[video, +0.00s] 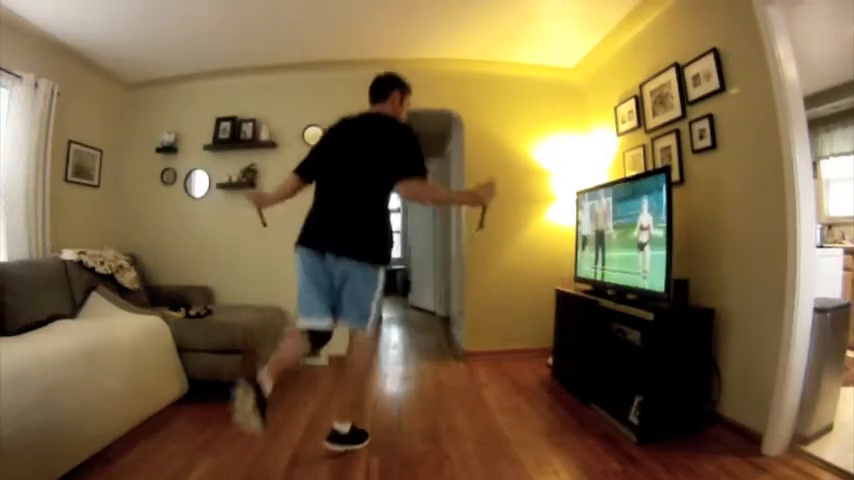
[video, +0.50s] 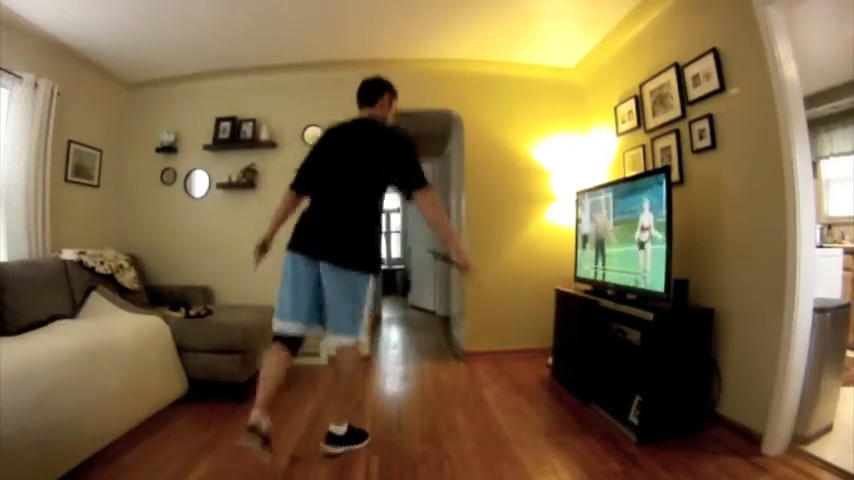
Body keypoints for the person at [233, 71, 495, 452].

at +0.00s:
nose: (406, 110)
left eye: (405, 104)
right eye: (406, 103)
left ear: (372, 99)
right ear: (396, 100)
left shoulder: (341, 128)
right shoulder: (400, 135)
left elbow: (301, 176)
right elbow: (411, 189)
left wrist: (269, 198)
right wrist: (470, 197)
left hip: (315, 240)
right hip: (361, 247)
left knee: (313, 327)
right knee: (361, 336)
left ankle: (262, 382)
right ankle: (344, 426)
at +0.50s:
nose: (395, 111)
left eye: (394, 104)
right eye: (394, 104)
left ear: (360, 103)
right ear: (385, 103)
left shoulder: (333, 135)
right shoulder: (394, 142)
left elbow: (297, 190)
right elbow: (423, 197)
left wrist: (269, 234)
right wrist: (454, 244)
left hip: (306, 243)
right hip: (350, 251)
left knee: (286, 336)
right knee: (347, 342)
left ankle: (258, 414)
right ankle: (339, 429)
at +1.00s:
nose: (387, 114)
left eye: (387, 108)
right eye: (387, 107)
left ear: (352, 106)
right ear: (376, 105)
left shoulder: (325, 140)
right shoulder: (386, 142)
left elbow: (289, 191)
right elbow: (421, 192)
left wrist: (270, 216)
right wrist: (475, 197)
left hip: (313, 252)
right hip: (359, 254)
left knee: (303, 348)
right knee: (360, 347)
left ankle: (278, 435)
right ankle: (344, 431)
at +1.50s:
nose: (392, 83)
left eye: (391, 77)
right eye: (391, 76)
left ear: (356, 73)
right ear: (379, 72)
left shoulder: (325, 103)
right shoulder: (389, 109)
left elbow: (286, 160)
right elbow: (411, 169)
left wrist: (251, 202)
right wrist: (448, 213)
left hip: (306, 217)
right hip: (354, 223)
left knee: (303, 307)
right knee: (356, 313)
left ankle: (263, 383)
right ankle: (339, 406)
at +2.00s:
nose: (378, 58)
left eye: (376, 52)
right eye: (378, 52)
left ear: (339, 49)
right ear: (371, 47)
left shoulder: (307, 83)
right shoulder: (372, 79)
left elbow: (273, 143)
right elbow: (389, 142)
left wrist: (252, 190)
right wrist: (447, 177)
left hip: (298, 207)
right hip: (341, 208)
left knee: (330, 310)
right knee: (330, 315)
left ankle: (332, 399)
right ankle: (308, 424)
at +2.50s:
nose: (387, 97)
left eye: (383, 90)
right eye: (387, 90)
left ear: (349, 91)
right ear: (381, 90)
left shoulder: (320, 130)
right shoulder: (389, 131)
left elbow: (287, 190)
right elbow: (419, 191)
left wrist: (276, 237)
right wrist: (463, 230)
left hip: (308, 250)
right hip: (352, 253)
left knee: (331, 351)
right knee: (355, 358)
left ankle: (327, 427)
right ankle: (332, 450)